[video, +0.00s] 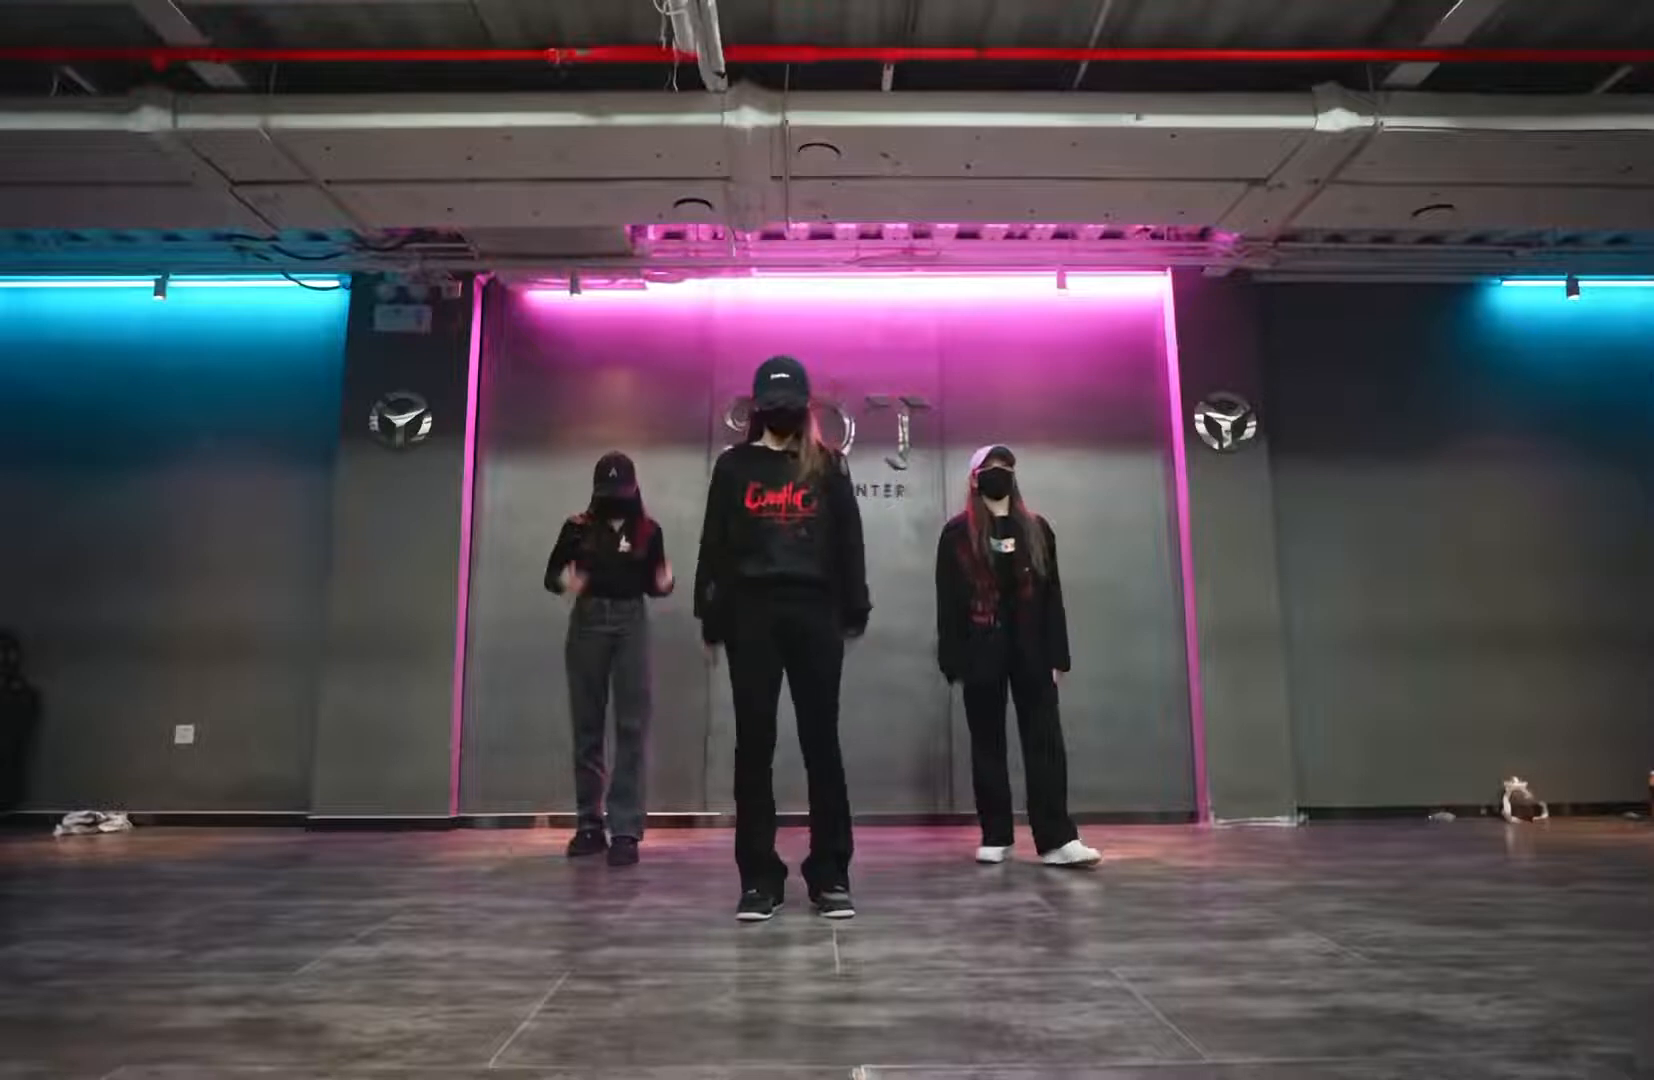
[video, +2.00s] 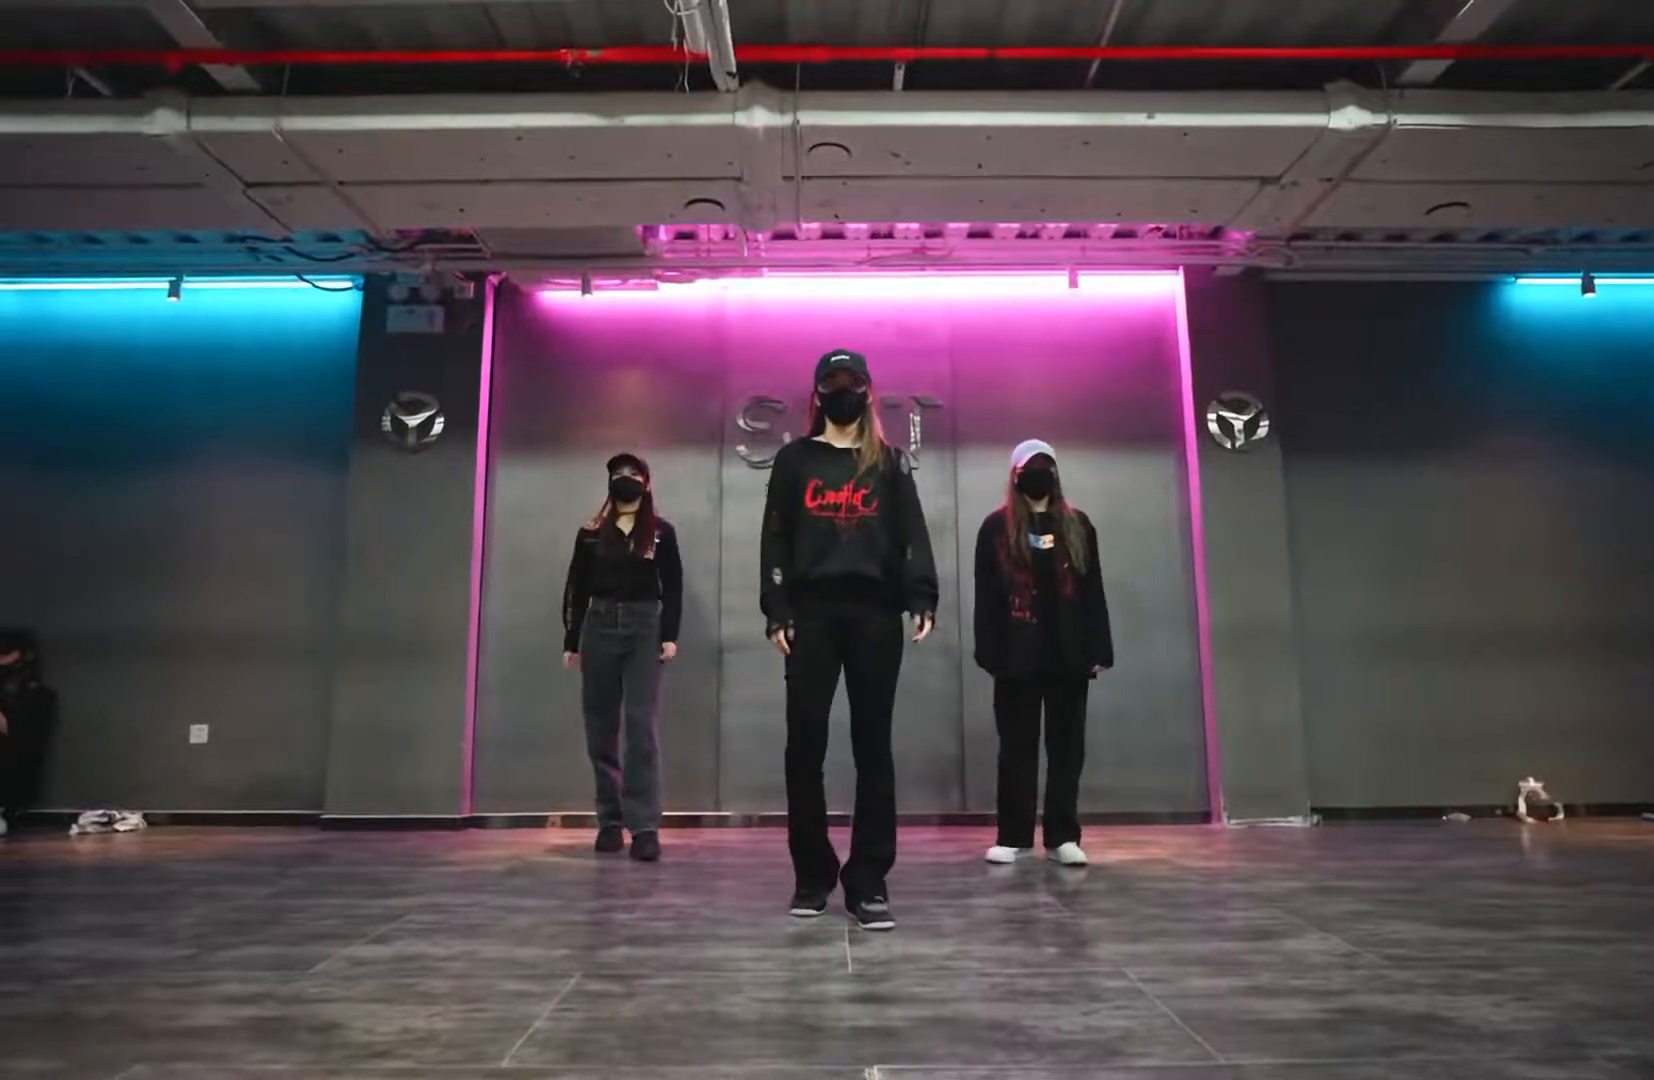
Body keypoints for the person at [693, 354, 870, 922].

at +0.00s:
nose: (781, 412)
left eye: (789, 402)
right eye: (772, 402)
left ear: (803, 401)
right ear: (759, 402)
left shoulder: (827, 465)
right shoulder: (732, 465)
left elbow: (849, 543)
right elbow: (712, 545)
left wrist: (853, 610)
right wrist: (709, 615)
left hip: (815, 618)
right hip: (749, 618)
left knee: (821, 746)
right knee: (754, 748)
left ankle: (830, 876)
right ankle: (760, 881)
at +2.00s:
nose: (844, 391)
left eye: (853, 382)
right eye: (834, 382)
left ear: (868, 390)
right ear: (818, 391)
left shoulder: (889, 461)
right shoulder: (794, 458)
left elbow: (914, 536)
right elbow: (774, 539)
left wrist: (923, 595)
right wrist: (776, 610)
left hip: (875, 619)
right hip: (810, 618)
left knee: (872, 749)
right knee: (803, 750)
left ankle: (869, 885)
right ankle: (812, 879)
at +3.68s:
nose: (839, 411)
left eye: (848, 403)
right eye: (829, 403)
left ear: (861, 412)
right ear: (811, 410)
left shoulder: (877, 483)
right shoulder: (784, 473)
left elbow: (899, 557)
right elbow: (776, 550)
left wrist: (935, 606)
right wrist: (812, 590)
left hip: (865, 633)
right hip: (802, 632)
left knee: (871, 755)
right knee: (787, 763)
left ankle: (881, 868)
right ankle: (830, 832)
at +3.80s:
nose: (824, 413)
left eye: (834, 403)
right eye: (814, 403)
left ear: (847, 410)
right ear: (798, 410)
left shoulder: (865, 479)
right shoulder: (772, 475)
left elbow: (909, 532)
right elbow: (748, 544)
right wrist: (694, 564)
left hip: (853, 643)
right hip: (786, 641)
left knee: (871, 763)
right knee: (734, 741)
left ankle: (880, 874)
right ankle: (721, 871)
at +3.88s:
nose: (813, 422)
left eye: (823, 412)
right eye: (803, 411)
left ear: (839, 421)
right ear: (788, 418)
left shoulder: (845, 485)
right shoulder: (763, 485)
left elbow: (837, 537)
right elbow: (710, 546)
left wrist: (782, 536)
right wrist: (646, 561)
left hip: (845, 650)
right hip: (779, 651)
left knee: (869, 765)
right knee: (719, 759)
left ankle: (882, 873)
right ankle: (653, 892)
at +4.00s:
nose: (768, 422)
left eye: (778, 412)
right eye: (757, 413)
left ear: (797, 420)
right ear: (743, 425)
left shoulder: (829, 487)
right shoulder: (733, 493)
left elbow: (853, 548)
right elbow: (698, 562)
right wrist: (652, 577)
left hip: (827, 655)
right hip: (760, 656)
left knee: (869, 771)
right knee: (702, 768)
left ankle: (881, 864)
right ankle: (635, 908)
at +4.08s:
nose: (772, 423)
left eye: (782, 413)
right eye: (760, 412)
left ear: (800, 421)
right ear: (743, 421)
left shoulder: (826, 493)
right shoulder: (727, 488)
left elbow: (901, 552)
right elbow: (713, 561)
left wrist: (962, 555)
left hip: (821, 665)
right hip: (751, 666)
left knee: (903, 759)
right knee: (704, 776)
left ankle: (868, 858)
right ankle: (635, 909)